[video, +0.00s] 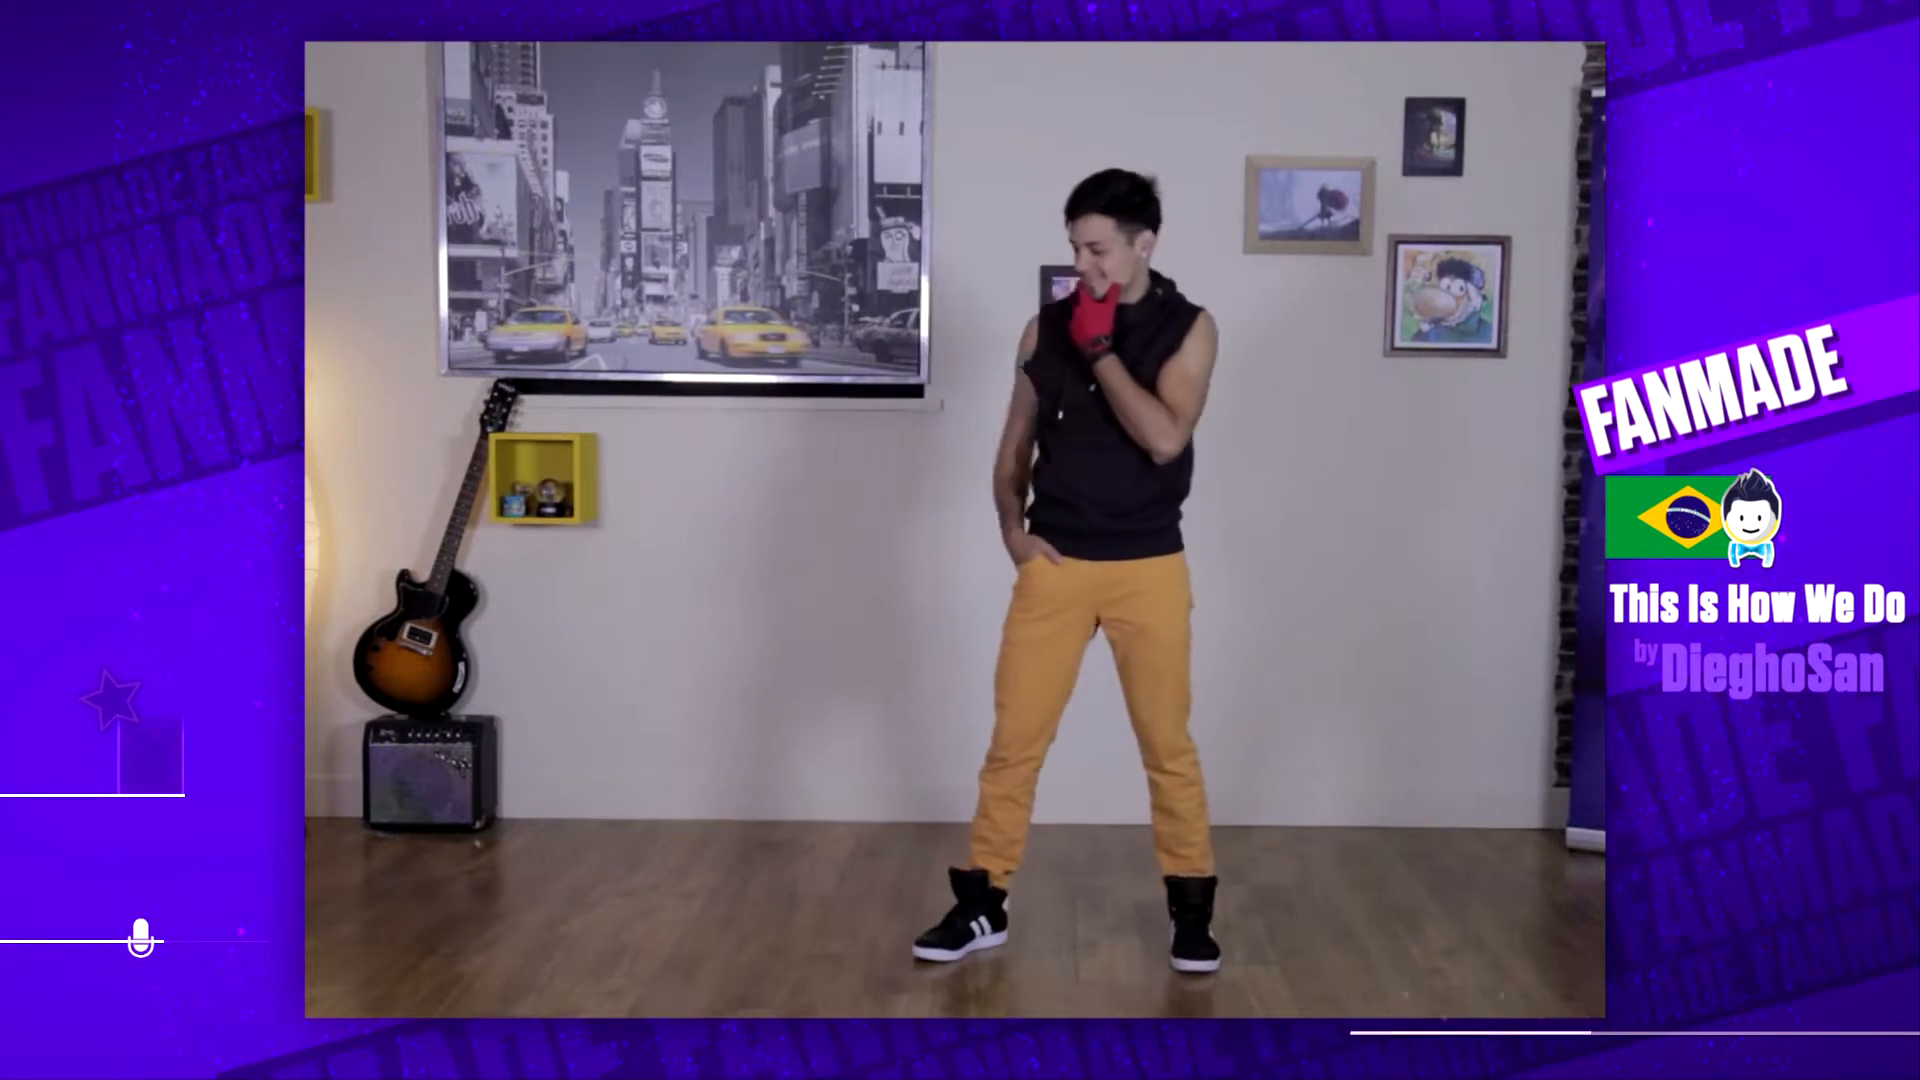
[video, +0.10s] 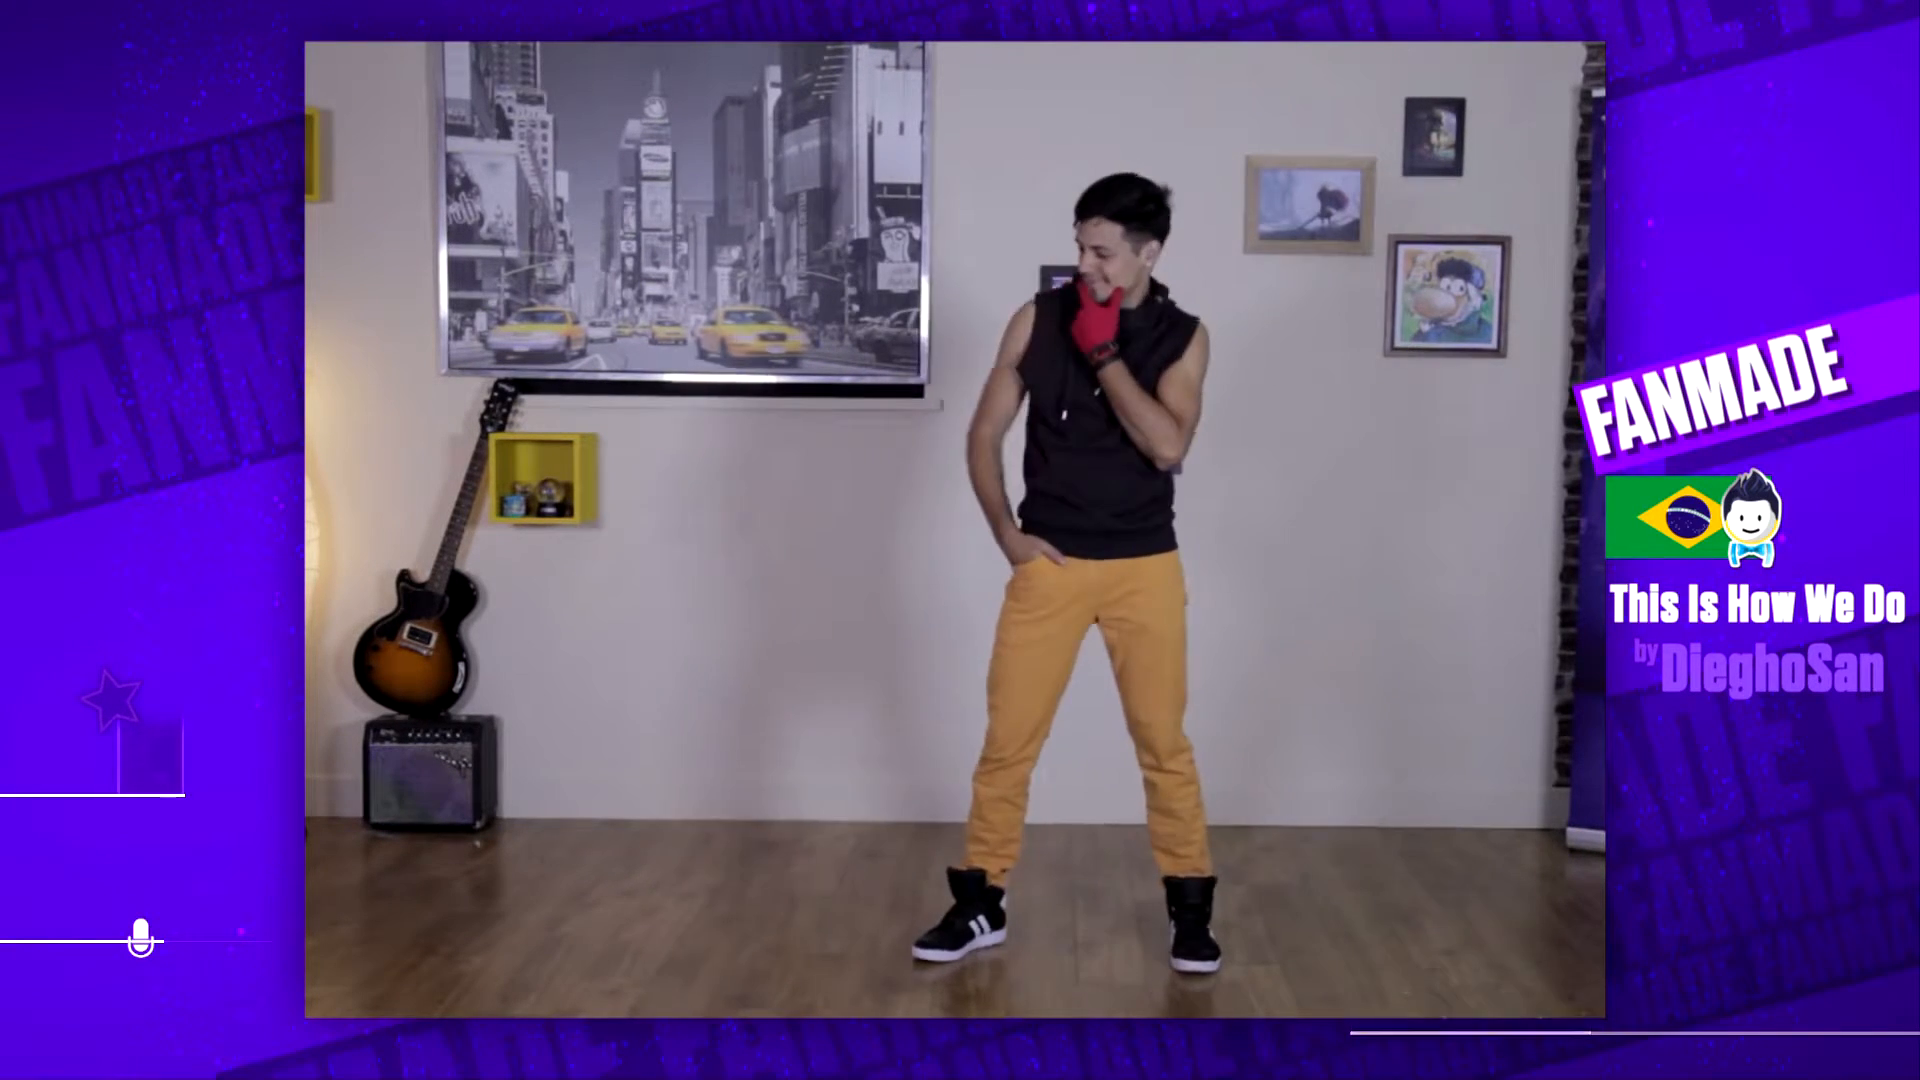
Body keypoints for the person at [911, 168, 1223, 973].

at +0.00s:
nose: (1085, 264)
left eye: (1100, 249)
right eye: (1076, 249)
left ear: (1146, 244)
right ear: (1068, 248)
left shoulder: (1187, 329)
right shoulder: (1045, 332)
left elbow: (1166, 437)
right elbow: (1015, 446)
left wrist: (1101, 352)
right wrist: (1013, 530)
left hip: (1147, 572)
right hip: (1052, 566)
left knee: (1166, 745)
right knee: (1013, 743)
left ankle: (1191, 908)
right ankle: (981, 903)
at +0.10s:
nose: (1089, 267)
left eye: (1107, 253)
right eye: (1082, 250)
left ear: (1152, 253)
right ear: (1073, 245)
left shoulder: (1180, 336)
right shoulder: (1039, 319)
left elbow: (1169, 446)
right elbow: (983, 439)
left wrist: (1105, 356)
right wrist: (1008, 534)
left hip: (1144, 570)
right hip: (1049, 566)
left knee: (1163, 742)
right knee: (1007, 742)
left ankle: (1190, 907)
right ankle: (978, 903)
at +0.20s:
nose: (1085, 257)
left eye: (1102, 244)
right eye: (1078, 241)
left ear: (1146, 248)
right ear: (1069, 238)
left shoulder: (1168, 336)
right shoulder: (1032, 312)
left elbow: (1165, 447)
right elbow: (968, 431)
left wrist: (1103, 356)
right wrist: (1000, 533)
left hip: (1135, 569)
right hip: (1040, 565)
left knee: (1157, 739)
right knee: (999, 741)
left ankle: (1187, 908)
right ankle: (970, 903)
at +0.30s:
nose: (1066, 248)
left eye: (1084, 236)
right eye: (1061, 232)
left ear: (1128, 244)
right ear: (1053, 232)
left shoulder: (1141, 338)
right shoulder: (1012, 307)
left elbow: (1144, 447)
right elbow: (950, 427)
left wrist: (1092, 352)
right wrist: (989, 538)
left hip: (1116, 567)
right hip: (1023, 566)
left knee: (1147, 740)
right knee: (991, 742)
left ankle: (1171, 907)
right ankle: (963, 903)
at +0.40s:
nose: (1053, 246)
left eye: (1072, 235)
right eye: (1047, 231)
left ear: (1110, 246)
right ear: (1038, 234)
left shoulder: (1122, 341)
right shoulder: (998, 311)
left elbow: (1130, 454)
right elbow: (935, 432)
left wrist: (1084, 361)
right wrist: (976, 544)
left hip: (1103, 572)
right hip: (1011, 570)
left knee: (1135, 745)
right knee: (988, 745)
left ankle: (1168, 908)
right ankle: (963, 904)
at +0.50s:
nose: (1034, 242)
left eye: (1051, 229)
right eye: (1025, 228)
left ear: (1087, 238)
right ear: (1016, 233)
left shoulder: (1111, 332)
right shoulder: (974, 317)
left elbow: (1119, 453)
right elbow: (914, 440)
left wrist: (1068, 358)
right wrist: (960, 540)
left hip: (1092, 569)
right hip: (998, 568)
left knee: (1127, 742)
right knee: (981, 744)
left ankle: (1167, 905)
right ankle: (962, 903)